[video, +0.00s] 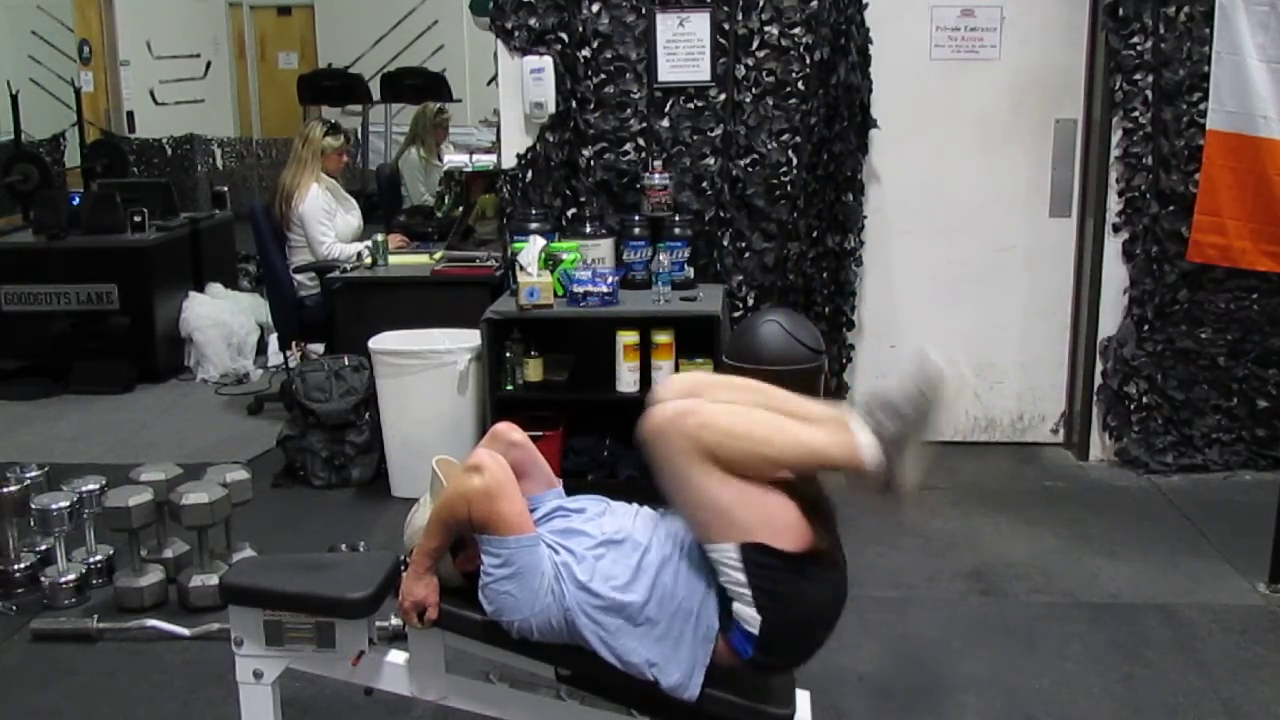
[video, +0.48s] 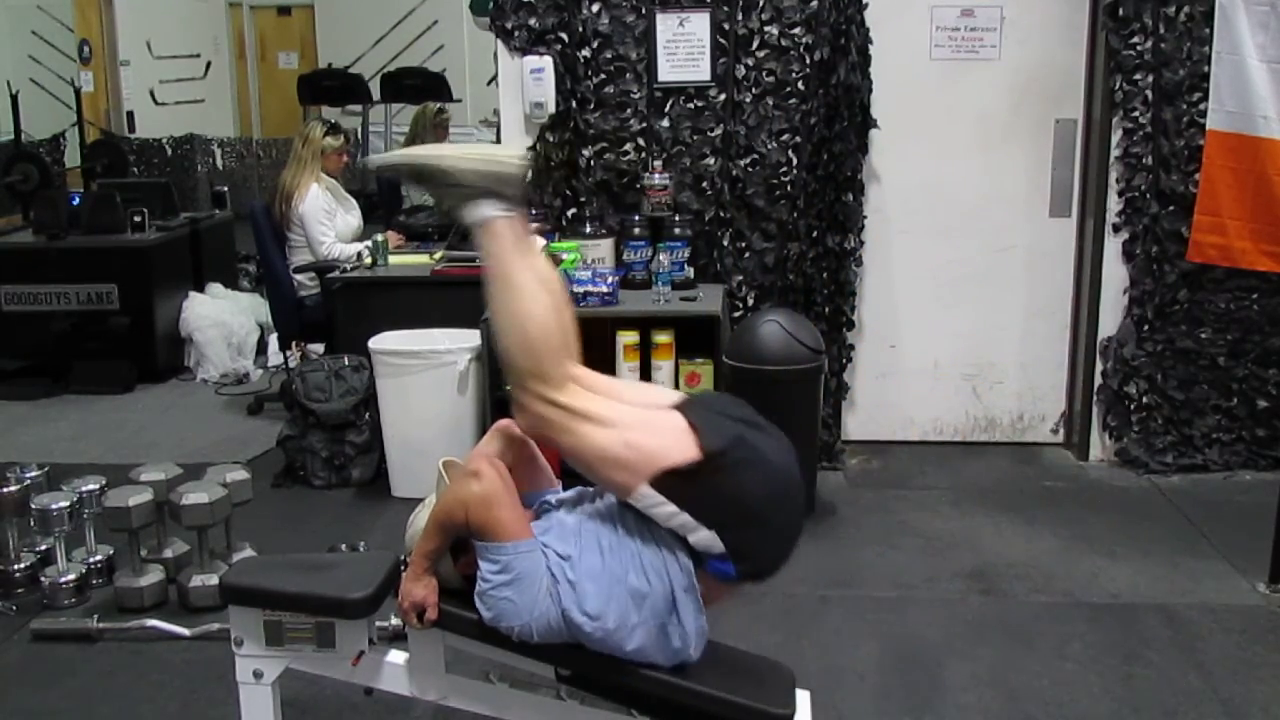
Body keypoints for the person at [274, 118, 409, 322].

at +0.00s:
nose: (346, 159)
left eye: (346, 153)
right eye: (340, 154)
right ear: (319, 154)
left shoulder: (323, 186)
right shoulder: (312, 192)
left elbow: (333, 245)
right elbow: (326, 251)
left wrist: (377, 243)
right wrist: (378, 246)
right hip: (318, 293)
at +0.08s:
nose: (346, 159)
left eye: (346, 153)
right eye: (339, 154)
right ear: (319, 154)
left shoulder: (323, 186)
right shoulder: (312, 192)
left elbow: (332, 245)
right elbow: (326, 251)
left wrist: (377, 244)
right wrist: (378, 246)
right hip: (317, 292)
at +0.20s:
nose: (346, 159)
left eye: (346, 153)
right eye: (340, 154)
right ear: (319, 154)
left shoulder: (323, 186)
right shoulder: (312, 192)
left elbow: (333, 245)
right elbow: (326, 251)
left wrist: (377, 243)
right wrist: (377, 245)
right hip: (318, 292)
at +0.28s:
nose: (346, 159)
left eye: (346, 153)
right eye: (339, 154)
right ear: (319, 154)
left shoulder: (323, 186)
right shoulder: (312, 192)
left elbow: (333, 245)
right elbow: (326, 251)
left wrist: (377, 243)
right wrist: (378, 245)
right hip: (318, 291)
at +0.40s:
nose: (346, 159)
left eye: (346, 153)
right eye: (340, 154)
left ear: (321, 155)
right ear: (319, 154)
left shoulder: (323, 186)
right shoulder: (312, 193)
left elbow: (335, 244)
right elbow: (326, 251)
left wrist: (377, 242)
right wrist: (378, 245)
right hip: (318, 293)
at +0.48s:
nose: (345, 159)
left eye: (346, 153)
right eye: (340, 154)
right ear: (319, 154)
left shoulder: (323, 186)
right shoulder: (312, 193)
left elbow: (334, 245)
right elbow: (326, 251)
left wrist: (377, 242)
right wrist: (378, 245)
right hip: (318, 293)